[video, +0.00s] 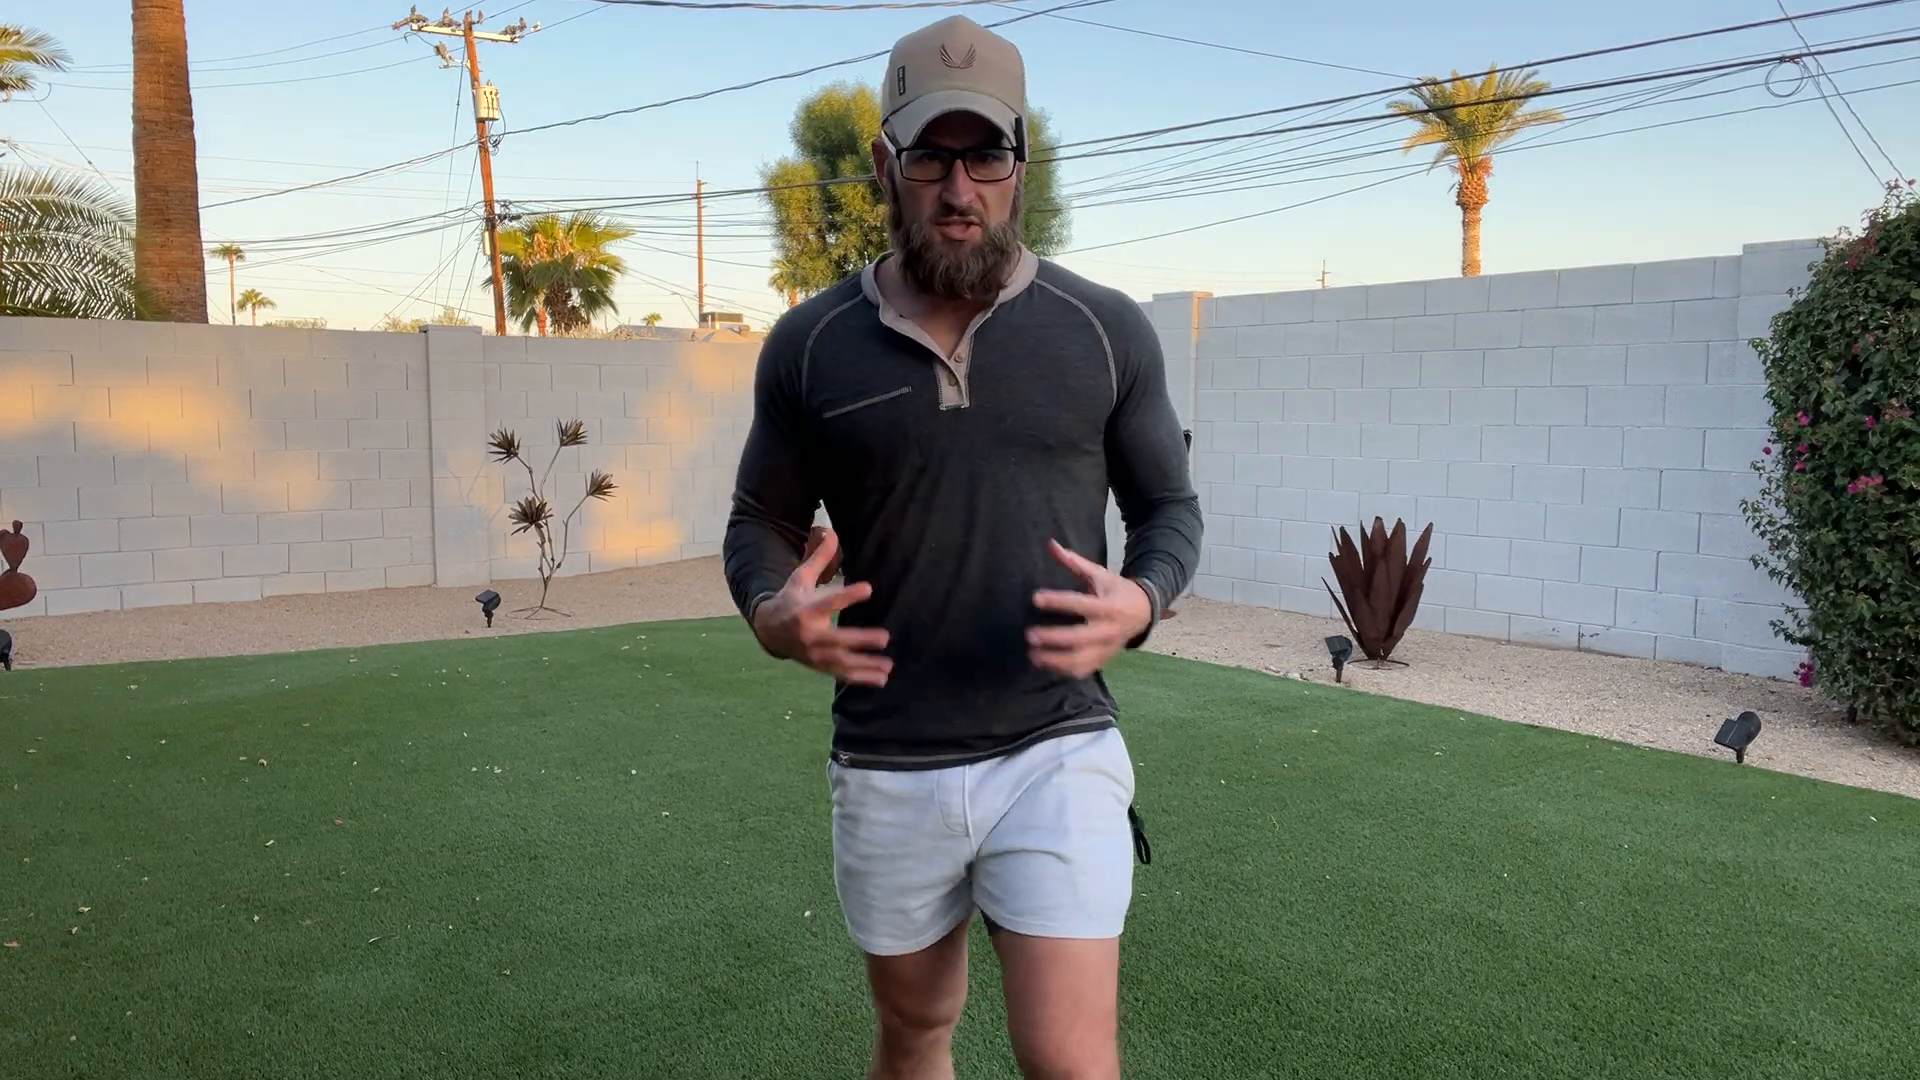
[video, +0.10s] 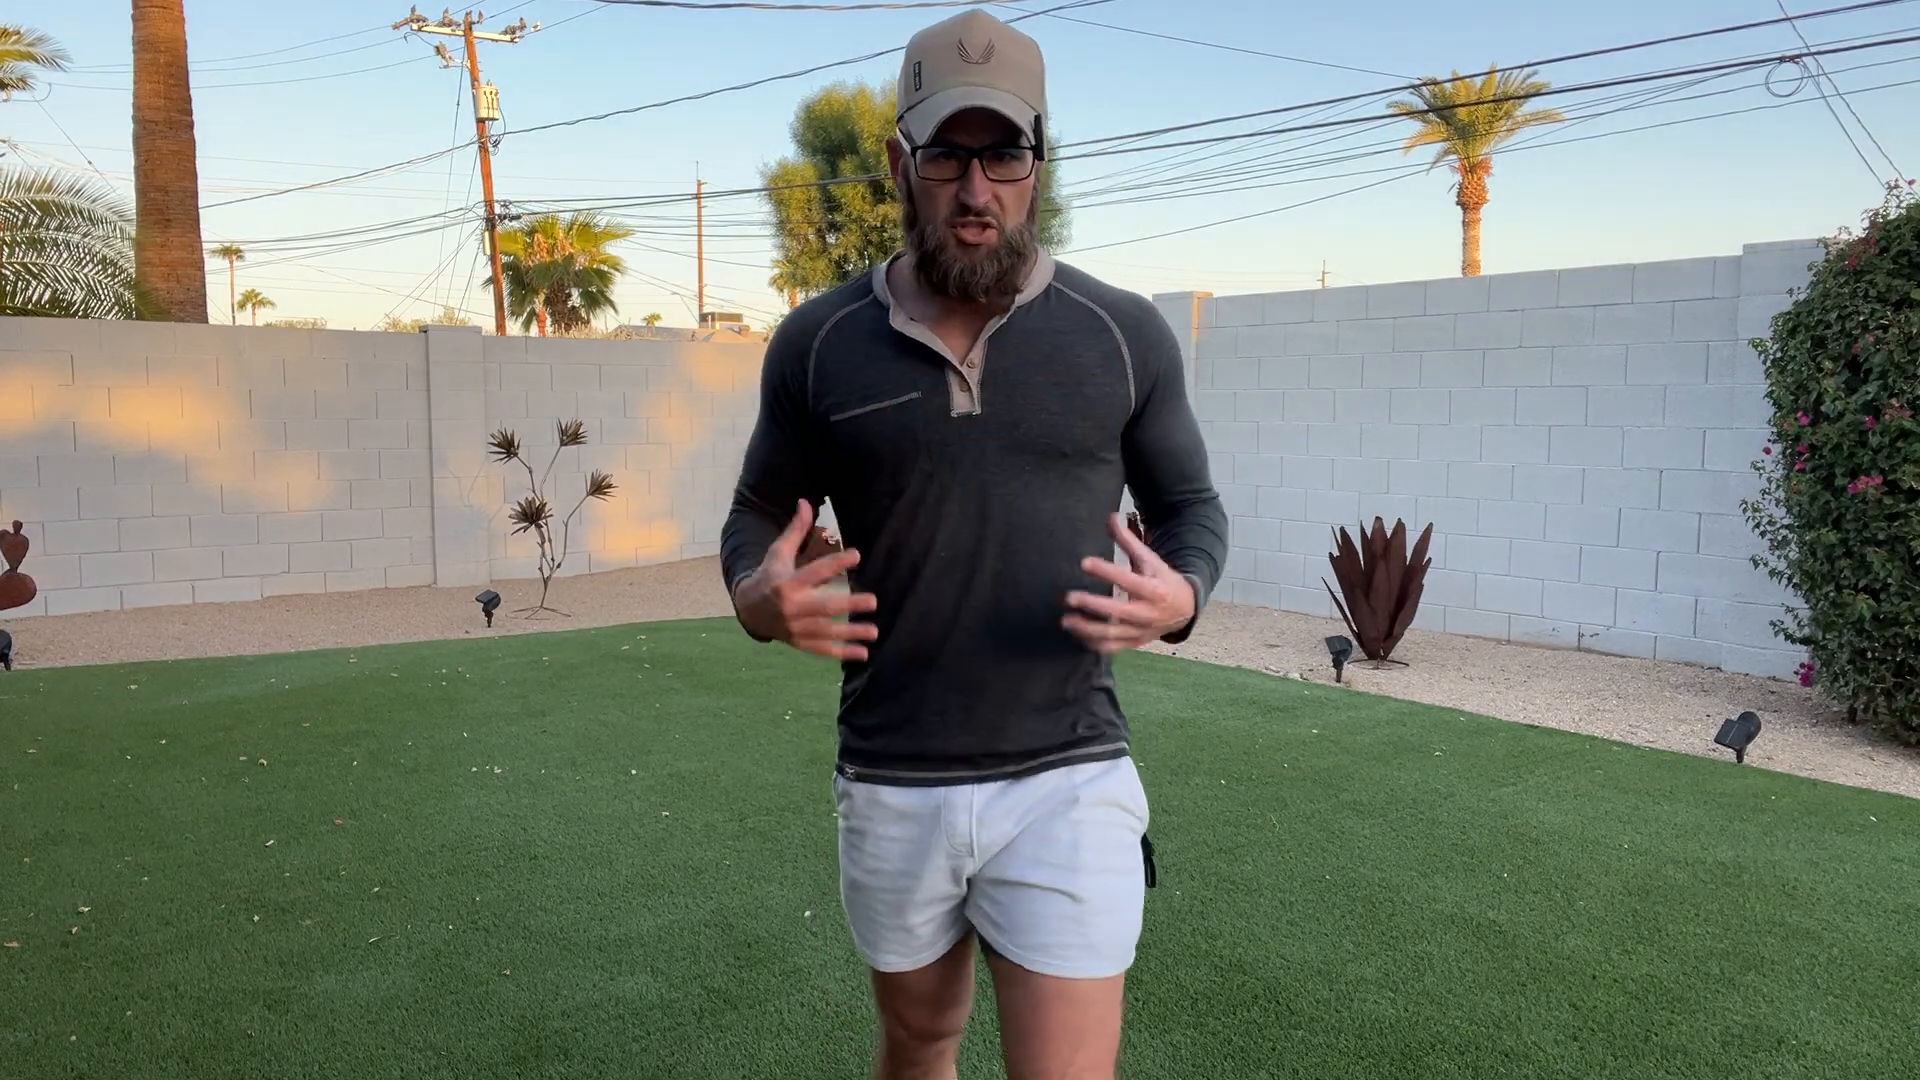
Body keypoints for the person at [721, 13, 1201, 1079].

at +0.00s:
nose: (960, 184)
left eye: (986, 155)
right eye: (932, 156)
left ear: (1020, 166)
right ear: (887, 168)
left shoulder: (1105, 331)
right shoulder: (811, 348)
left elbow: (1169, 507)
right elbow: (761, 523)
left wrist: (1143, 599)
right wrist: (775, 613)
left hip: (1062, 748)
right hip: (893, 763)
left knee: (1072, 1058)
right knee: (915, 1030)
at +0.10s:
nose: (976, 183)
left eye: (1004, 154)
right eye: (947, 153)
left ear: (1039, 168)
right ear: (901, 165)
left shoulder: (1125, 336)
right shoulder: (818, 347)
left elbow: (1190, 509)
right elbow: (756, 518)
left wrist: (1182, 597)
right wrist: (760, 602)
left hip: (1071, 773)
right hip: (895, 779)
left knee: (1069, 1066)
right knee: (916, 1043)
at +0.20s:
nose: (1000, 179)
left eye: (1030, 148)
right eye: (972, 147)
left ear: (1065, 160)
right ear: (928, 155)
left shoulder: (1149, 329)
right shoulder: (835, 333)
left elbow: (1216, 508)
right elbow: (767, 503)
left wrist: (1218, 600)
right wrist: (766, 572)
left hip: (1090, 780)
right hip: (909, 784)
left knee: (1076, 1069)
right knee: (921, 1050)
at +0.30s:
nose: (1033, 169)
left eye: (1065, 138)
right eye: (1003, 134)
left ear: (1100, 149)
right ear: (956, 140)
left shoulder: (1178, 328)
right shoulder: (856, 322)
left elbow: (1240, 519)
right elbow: (794, 497)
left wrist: (1252, 625)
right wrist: (785, 584)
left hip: (1112, 793)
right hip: (924, 794)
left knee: (1090, 1069)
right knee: (931, 1059)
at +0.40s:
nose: (1071, 166)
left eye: (1103, 134)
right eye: (1041, 131)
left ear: (1138, 148)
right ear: (991, 138)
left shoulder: (1214, 330)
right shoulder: (883, 318)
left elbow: (1269, 522)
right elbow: (816, 490)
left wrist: (1293, 629)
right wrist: (801, 580)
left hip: (1136, 806)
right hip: (938, 804)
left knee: (1108, 1067)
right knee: (933, 1064)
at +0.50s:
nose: (1107, 164)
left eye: (1139, 130)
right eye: (1075, 128)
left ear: (1176, 144)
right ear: (1025, 134)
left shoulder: (1251, 336)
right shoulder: (911, 311)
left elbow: (1301, 536)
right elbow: (836, 490)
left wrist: (1332, 640)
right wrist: (807, 572)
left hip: (1155, 821)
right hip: (951, 814)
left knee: (1125, 1063)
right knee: (928, 1062)